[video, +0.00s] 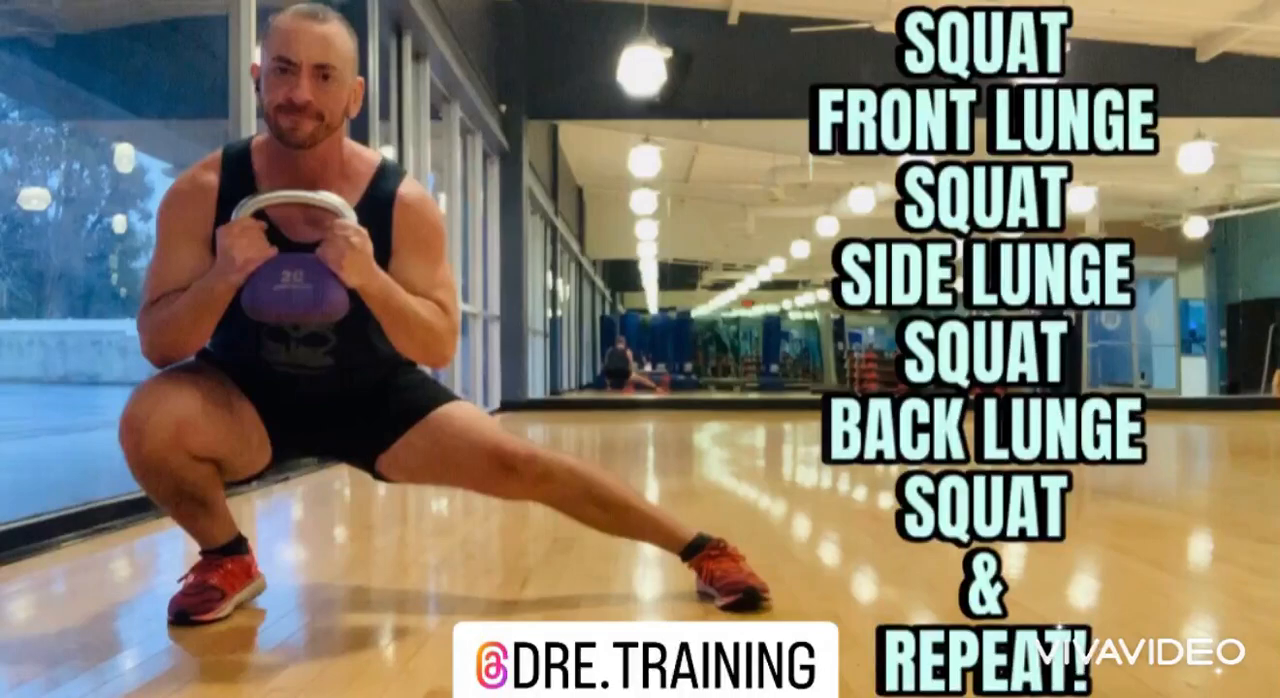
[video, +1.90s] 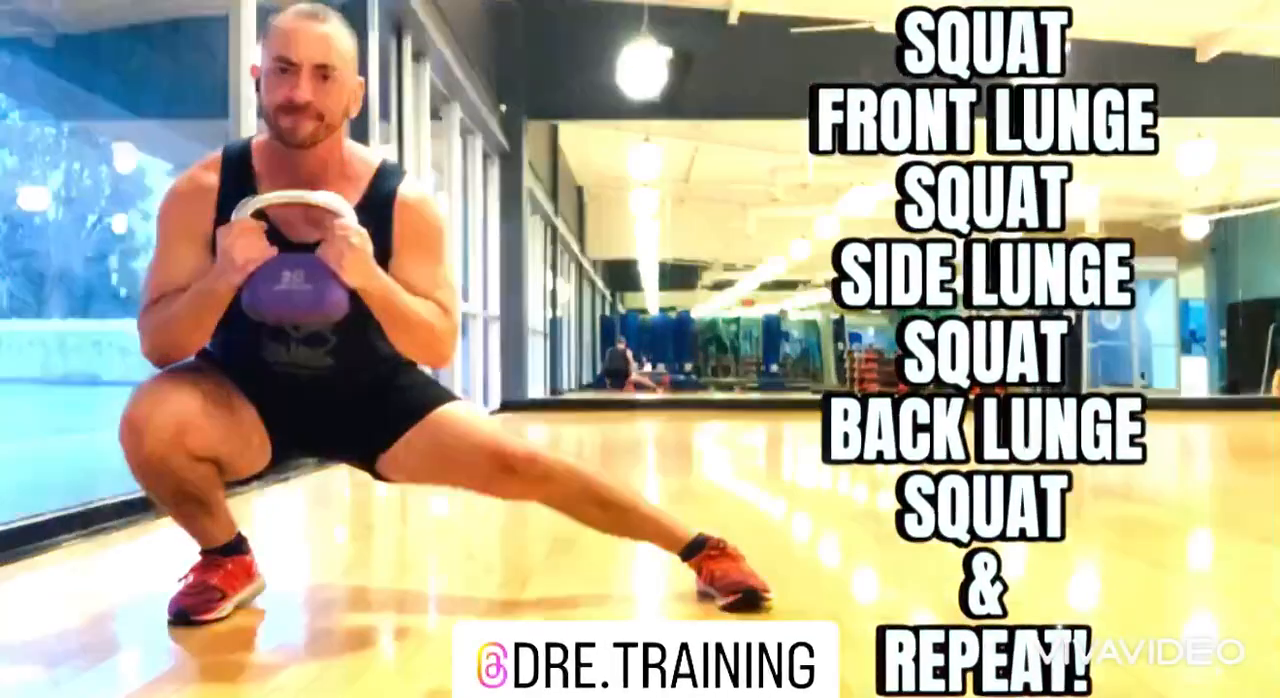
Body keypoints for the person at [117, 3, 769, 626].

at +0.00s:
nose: (298, 92)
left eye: (321, 75)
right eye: (281, 70)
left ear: (354, 92)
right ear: (257, 78)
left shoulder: (405, 205)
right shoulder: (201, 193)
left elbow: (437, 345)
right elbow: (161, 343)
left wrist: (368, 277)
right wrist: (221, 277)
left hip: (377, 397)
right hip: (253, 396)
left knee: (517, 463)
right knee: (148, 422)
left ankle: (696, 547)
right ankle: (225, 555)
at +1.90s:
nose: (299, 90)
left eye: (322, 73)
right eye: (282, 69)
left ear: (354, 90)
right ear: (257, 79)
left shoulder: (407, 209)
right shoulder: (200, 194)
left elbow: (437, 346)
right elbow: (161, 344)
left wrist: (365, 274)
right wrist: (221, 279)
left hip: (378, 399)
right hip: (252, 397)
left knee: (517, 462)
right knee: (149, 422)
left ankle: (696, 548)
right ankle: (226, 557)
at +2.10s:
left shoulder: (685, 11)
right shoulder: (564, 10)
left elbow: (712, 54)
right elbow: (529, 39)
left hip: (683, 157)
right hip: (575, 156)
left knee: (697, 351)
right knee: (571, 354)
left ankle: (715, 528)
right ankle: (560, 533)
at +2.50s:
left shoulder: (730, 3)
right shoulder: (552, 2)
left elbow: (748, 103)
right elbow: (537, 111)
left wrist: (695, 12)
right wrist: (578, 15)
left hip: (689, 197)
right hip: (585, 196)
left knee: (720, 352)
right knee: (556, 353)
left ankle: (716, 536)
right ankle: (559, 533)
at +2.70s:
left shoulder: (729, 71)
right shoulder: (556, 70)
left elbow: (744, 201)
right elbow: (532, 206)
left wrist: (696, 106)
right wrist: (579, 113)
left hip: (687, 272)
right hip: (585, 271)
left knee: (726, 368)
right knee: (546, 374)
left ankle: (716, 536)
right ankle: (559, 536)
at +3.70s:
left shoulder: (763, 1)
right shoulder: (577, 2)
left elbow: (780, 108)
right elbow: (556, 114)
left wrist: (726, 14)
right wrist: (604, 14)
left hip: (709, 205)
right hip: (601, 202)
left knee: (726, 377)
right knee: (566, 366)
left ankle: (715, 537)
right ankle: (562, 528)